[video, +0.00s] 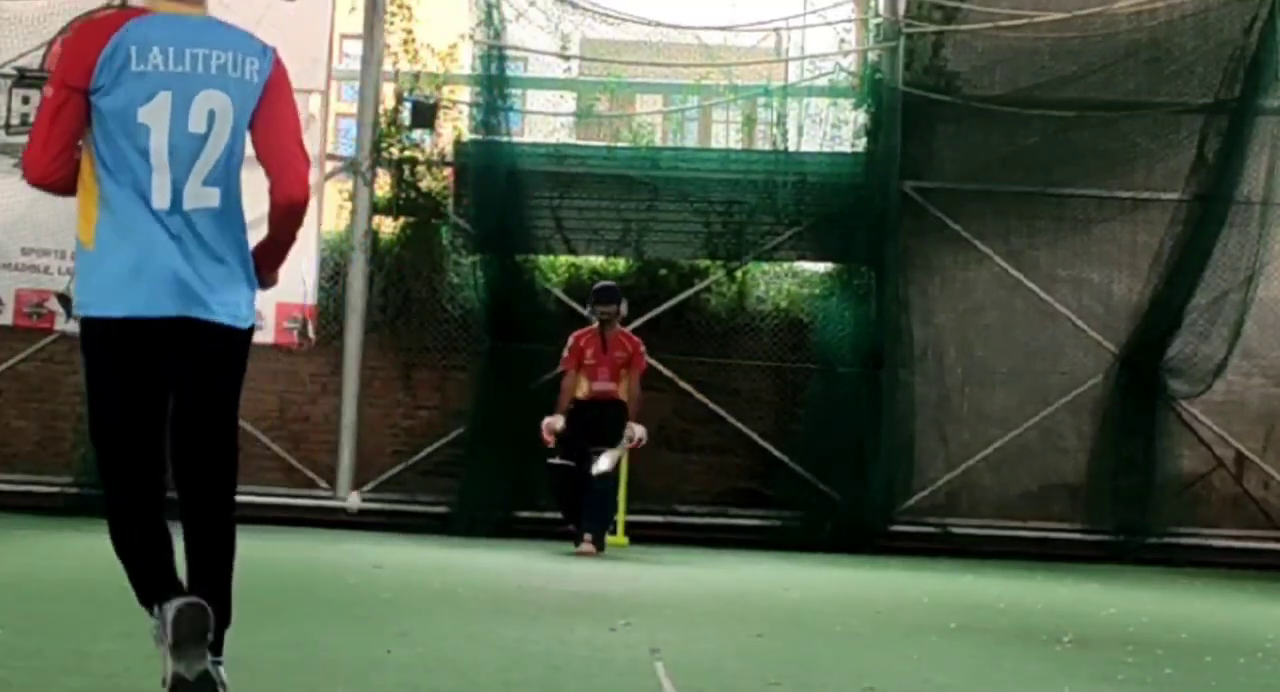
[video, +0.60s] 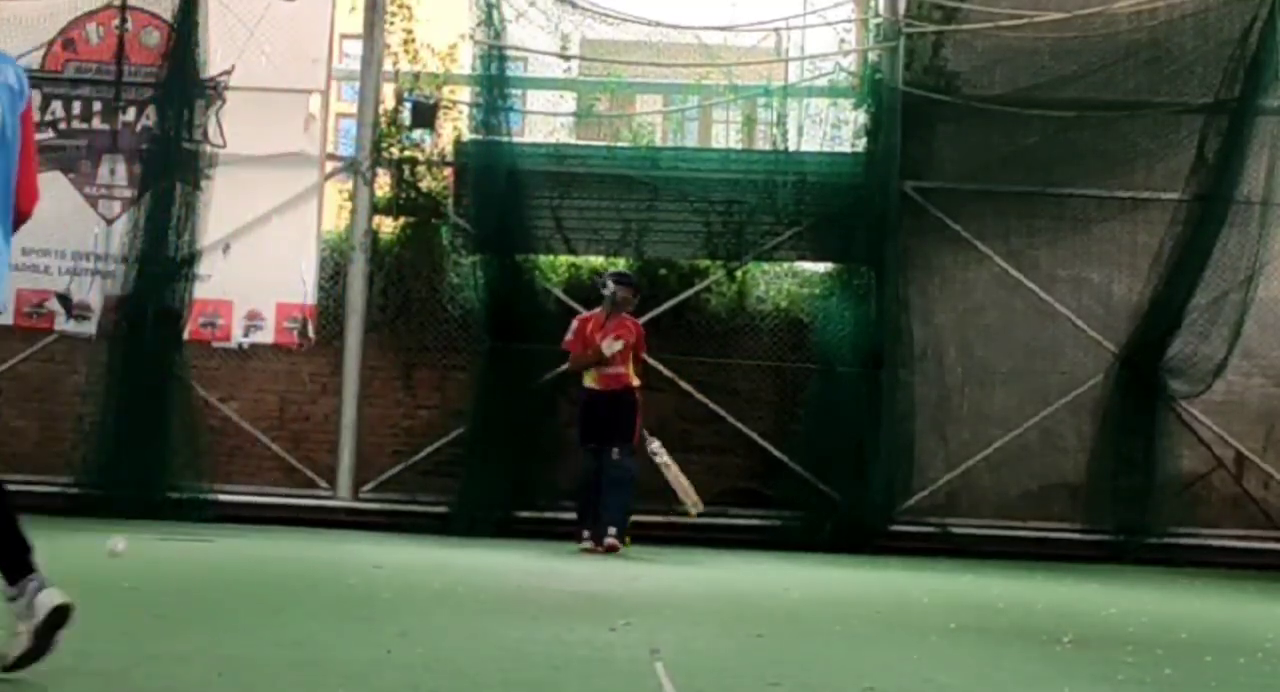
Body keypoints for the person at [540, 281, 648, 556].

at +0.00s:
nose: (604, 312)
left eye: (610, 306)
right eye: (599, 306)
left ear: (620, 309)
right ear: (592, 308)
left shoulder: (632, 345)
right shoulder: (579, 340)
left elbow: (634, 385)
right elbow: (569, 378)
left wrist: (631, 420)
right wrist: (560, 414)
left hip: (614, 407)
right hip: (583, 405)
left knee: (603, 467)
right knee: (574, 465)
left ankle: (593, 534)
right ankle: (583, 528)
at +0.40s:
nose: (608, 294)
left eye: (615, 290)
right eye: (605, 288)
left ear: (625, 297)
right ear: (597, 292)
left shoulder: (633, 333)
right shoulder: (580, 325)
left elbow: (640, 375)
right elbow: (556, 360)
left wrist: (643, 407)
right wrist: (560, 384)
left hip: (618, 397)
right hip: (587, 396)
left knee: (608, 462)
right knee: (582, 460)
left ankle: (593, 531)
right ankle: (587, 528)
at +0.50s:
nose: (614, 295)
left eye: (621, 291)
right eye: (611, 288)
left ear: (627, 298)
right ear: (601, 292)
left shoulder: (633, 331)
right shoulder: (580, 324)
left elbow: (638, 368)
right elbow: (561, 364)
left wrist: (640, 396)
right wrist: (578, 366)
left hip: (620, 396)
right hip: (590, 395)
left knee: (613, 459)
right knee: (585, 458)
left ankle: (601, 527)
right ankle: (587, 525)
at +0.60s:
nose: (630, 302)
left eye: (632, 296)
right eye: (626, 295)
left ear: (632, 299)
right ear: (609, 292)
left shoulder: (632, 327)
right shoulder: (584, 322)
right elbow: (573, 362)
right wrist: (600, 353)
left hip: (624, 395)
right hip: (594, 394)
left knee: (619, 459)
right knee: (592, 459)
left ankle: (613, 529)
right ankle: (590, 528)